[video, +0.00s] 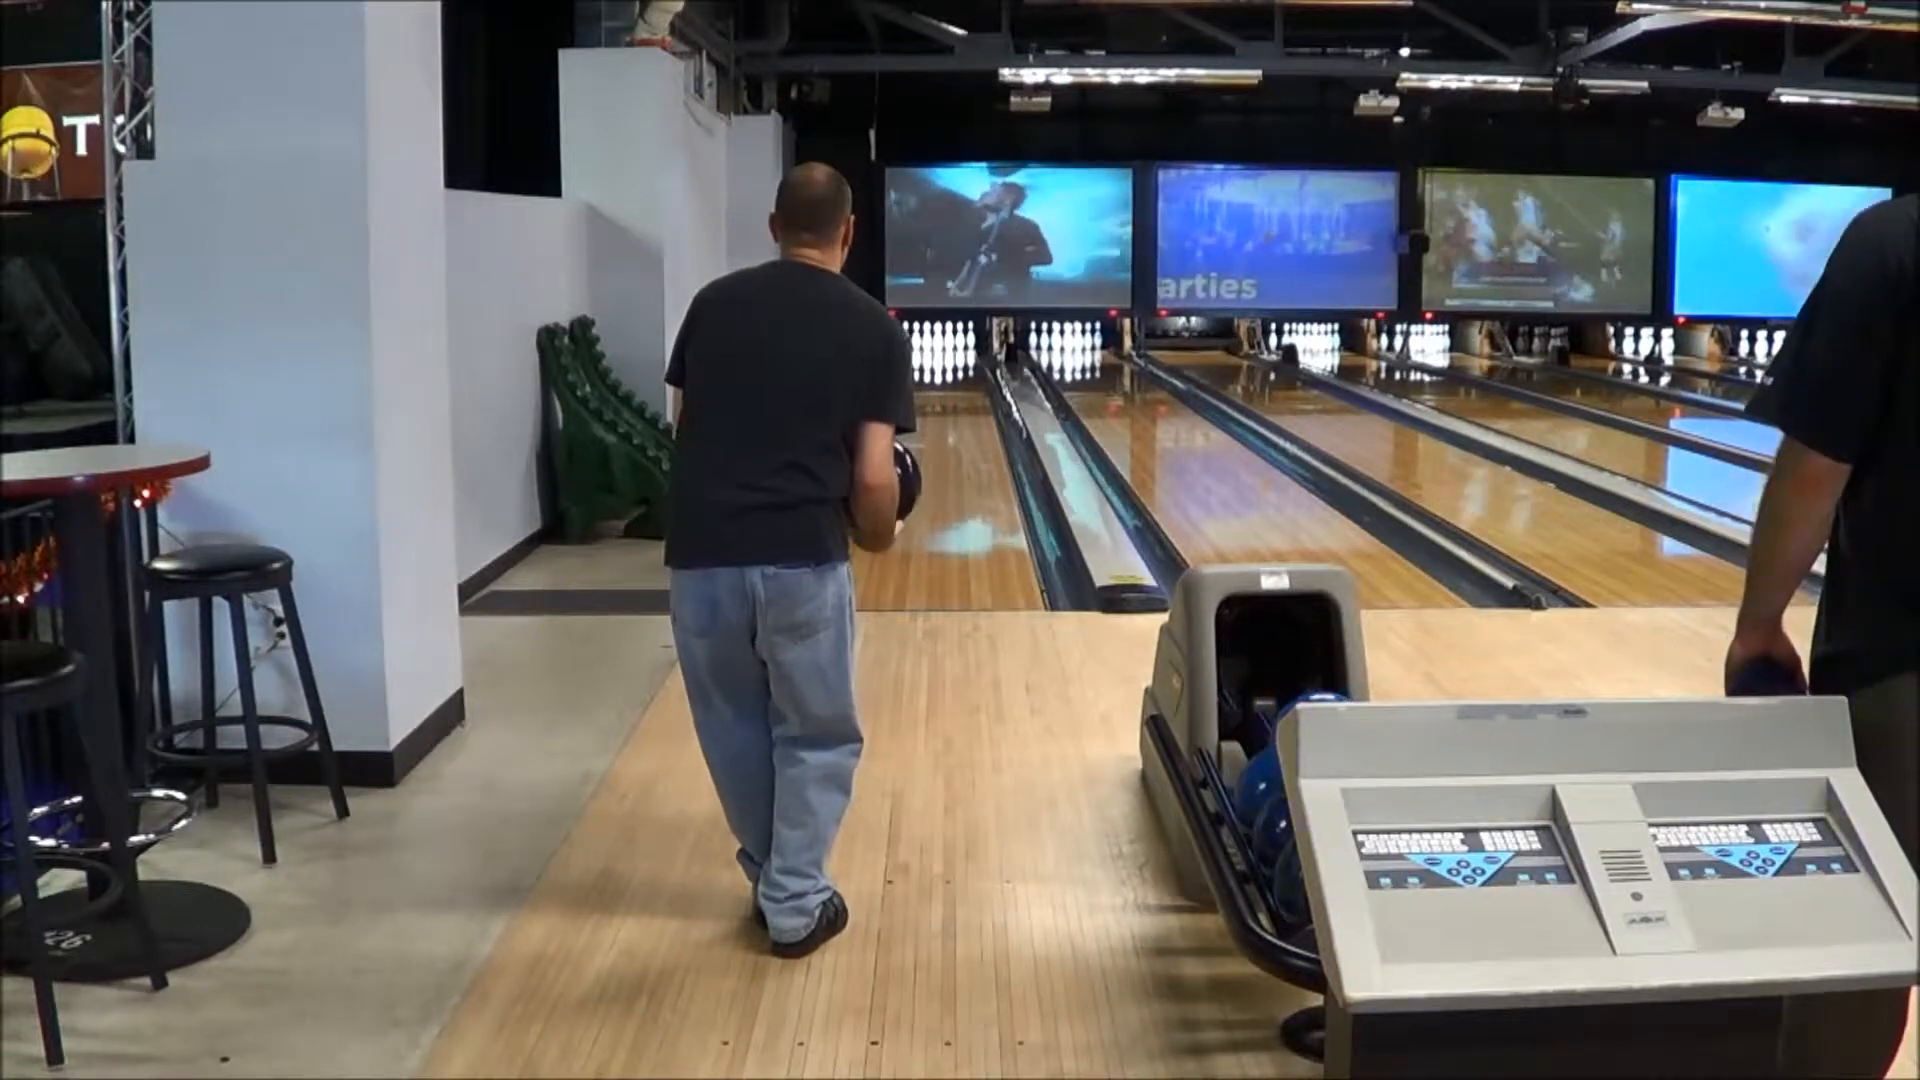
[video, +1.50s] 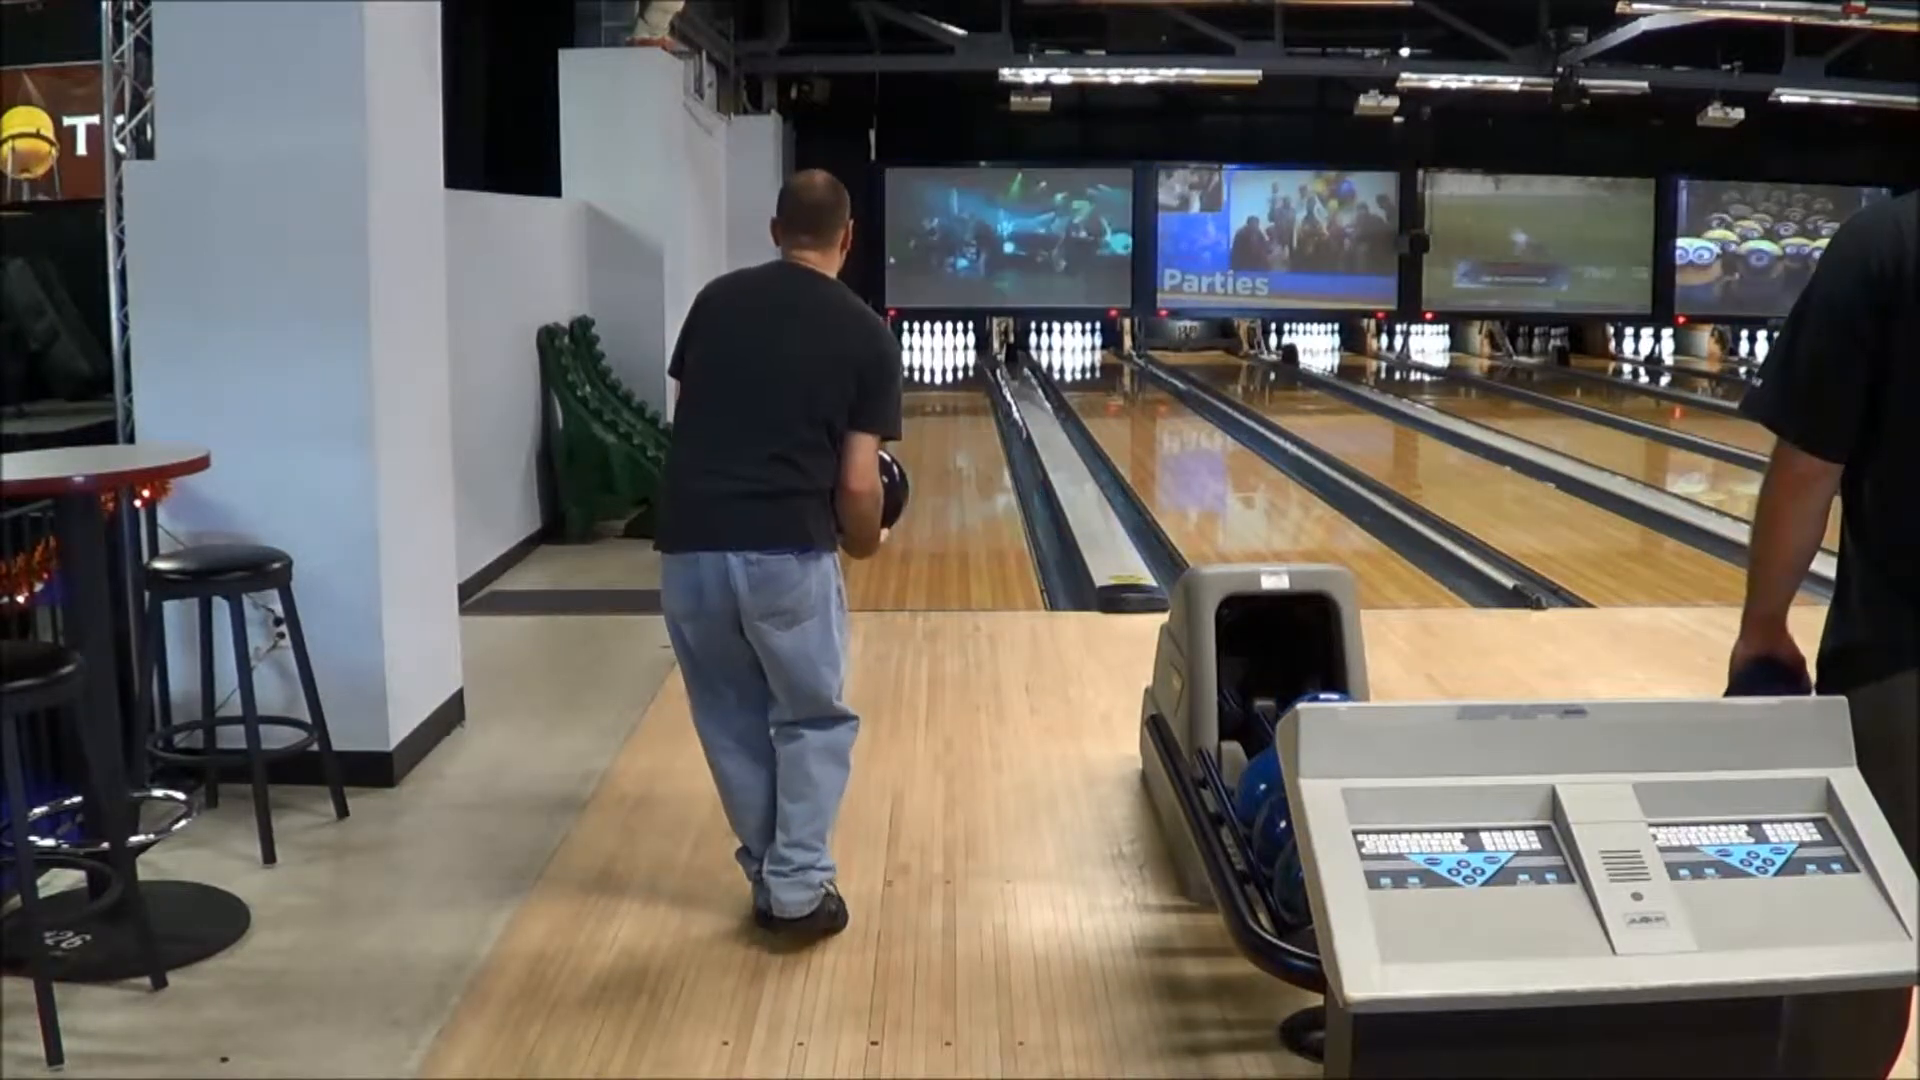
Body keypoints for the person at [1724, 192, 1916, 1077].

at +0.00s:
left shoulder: (1893, 240)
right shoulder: (1888, 241)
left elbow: (1815, 460)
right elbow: (1816, 460)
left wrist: (1760, 621)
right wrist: (1765, 620)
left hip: (1892, 665)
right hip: (1883, 660)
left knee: (1867, 930)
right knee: (1863, 927)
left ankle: (1837, 1062)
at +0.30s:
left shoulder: (1890, 241)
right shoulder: (1885, 240)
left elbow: (1812, 457)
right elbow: (1813, 456)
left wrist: (1754, 622)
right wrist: (1758, 623)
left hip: (1889, 668)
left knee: (1868, 931)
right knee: (1864, 929)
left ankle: (1841, 1057)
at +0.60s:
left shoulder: (1890, 239)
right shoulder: (1885, 238)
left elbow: (1812, 456)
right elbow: (1813, 456)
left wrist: (1754, 618)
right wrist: (1758, 618)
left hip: (1891, 670)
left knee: (1866, 939)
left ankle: (1838, 1060)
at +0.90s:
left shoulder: (1891, 237)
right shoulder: (1885, 237)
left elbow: (1813, 459)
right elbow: (1814, 459)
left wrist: (1756, 621)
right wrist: (1761, 621)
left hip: (1893, 668)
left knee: (1869, 935)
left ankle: (1841, 1059)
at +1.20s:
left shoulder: (1888, 240)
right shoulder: (1884, 240)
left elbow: (1809, 463)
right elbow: (1809, 464)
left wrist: (1760, 627)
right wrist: (1763, 628)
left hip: (1892, 666)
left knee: (1867, 934)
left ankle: (1836, 1065)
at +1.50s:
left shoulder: (1884, 243)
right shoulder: (1881, 244)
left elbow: (1809, 456)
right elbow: (1809, 457)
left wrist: (1765, 621)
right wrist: (1768, 622)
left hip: (1890, 667)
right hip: (1883, 660)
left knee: (1866, 934)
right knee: (1862, 933)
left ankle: (1838, 1062)